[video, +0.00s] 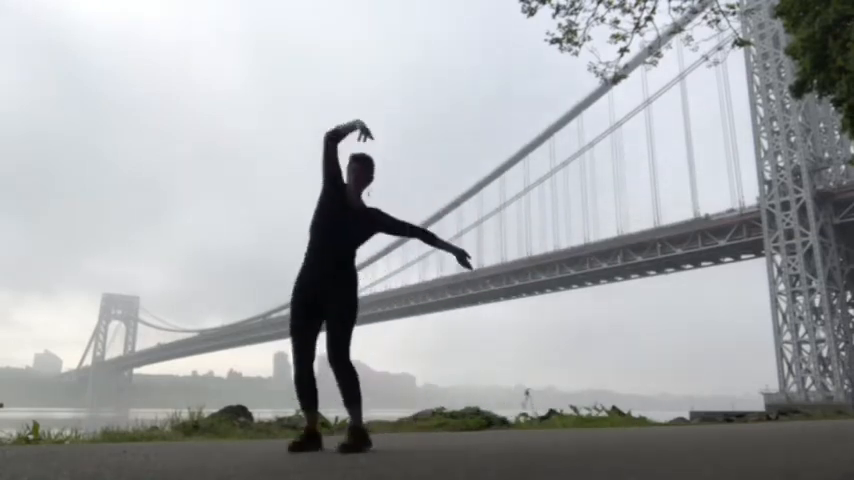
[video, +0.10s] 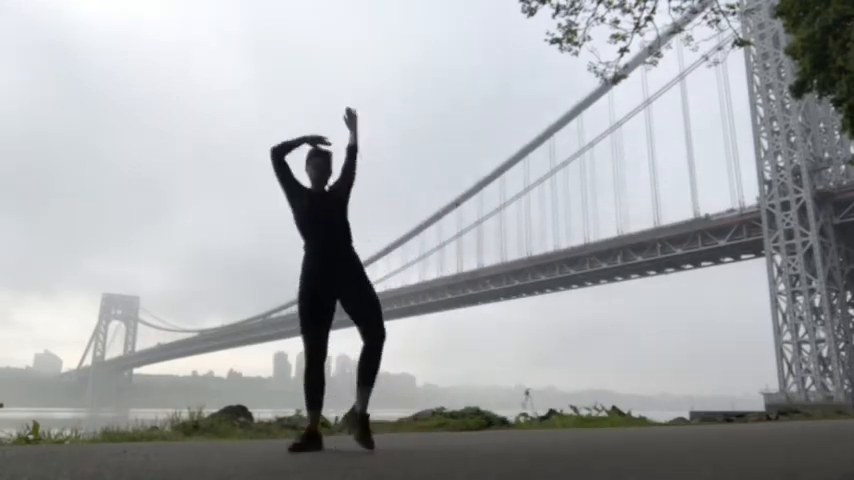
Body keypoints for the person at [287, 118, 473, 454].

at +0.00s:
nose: (357, 171)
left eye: (364, 169)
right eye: (354, 167)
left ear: (370, 178)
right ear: (347, 172)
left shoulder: (372, 218)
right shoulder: (332, 191)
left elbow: (416, 232)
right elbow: (330, 140)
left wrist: (453, 249)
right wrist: (353, 125)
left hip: (341, 288)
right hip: (309, 284)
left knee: (339, 358)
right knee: (302, 362)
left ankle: (357, 429)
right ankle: (311, 431)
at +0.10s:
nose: (319, 166)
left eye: (323, 163)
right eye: (314, 163)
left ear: (330, 169)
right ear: (305, 169)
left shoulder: (339, 194)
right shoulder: (298, 196)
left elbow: (351, 160)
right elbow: (276, 155)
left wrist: (352, 130)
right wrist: (307, 139)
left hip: (349, 271)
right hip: (316, 275)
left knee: (375, 336)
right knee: (314, 354)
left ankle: (360, 412)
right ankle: (313, 430)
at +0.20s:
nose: (299, 197)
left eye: (301, 191)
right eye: (292, 196)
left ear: (311, 193)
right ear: (291, 206)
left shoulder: (332, 210)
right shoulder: (303, 242)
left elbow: (304, 163)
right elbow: (261, 262)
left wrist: (265, 166)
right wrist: (232, 244)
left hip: (375, 293)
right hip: (343, 302)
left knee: (416, 357)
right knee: (304, 361)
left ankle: (456, 416)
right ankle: (313, 432)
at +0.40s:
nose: (414, 365)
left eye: (418, 362)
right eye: (411, 361)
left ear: (427, 348)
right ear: (401, 354)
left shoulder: (436, 339)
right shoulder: (375, 346)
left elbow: (478, 339)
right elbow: (326, 330)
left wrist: (481, 382)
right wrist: (334, 370)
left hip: (414, 332)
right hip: (373, 332)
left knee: (454, 362)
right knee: (329, 363)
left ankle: (468, 432)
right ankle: (313, 432)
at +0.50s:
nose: (476, 295)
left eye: (482, 295)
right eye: (476, 287)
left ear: (481, 299)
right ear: (466, 277)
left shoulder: (456, 316)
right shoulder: (439, 274)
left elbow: (463, 350)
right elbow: (419, 230)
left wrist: (462, 377)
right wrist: (387, 204)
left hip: (414, 327)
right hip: (380, 315)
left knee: (457, 359)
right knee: (334, 363)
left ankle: (467, 430)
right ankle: (313, 432)